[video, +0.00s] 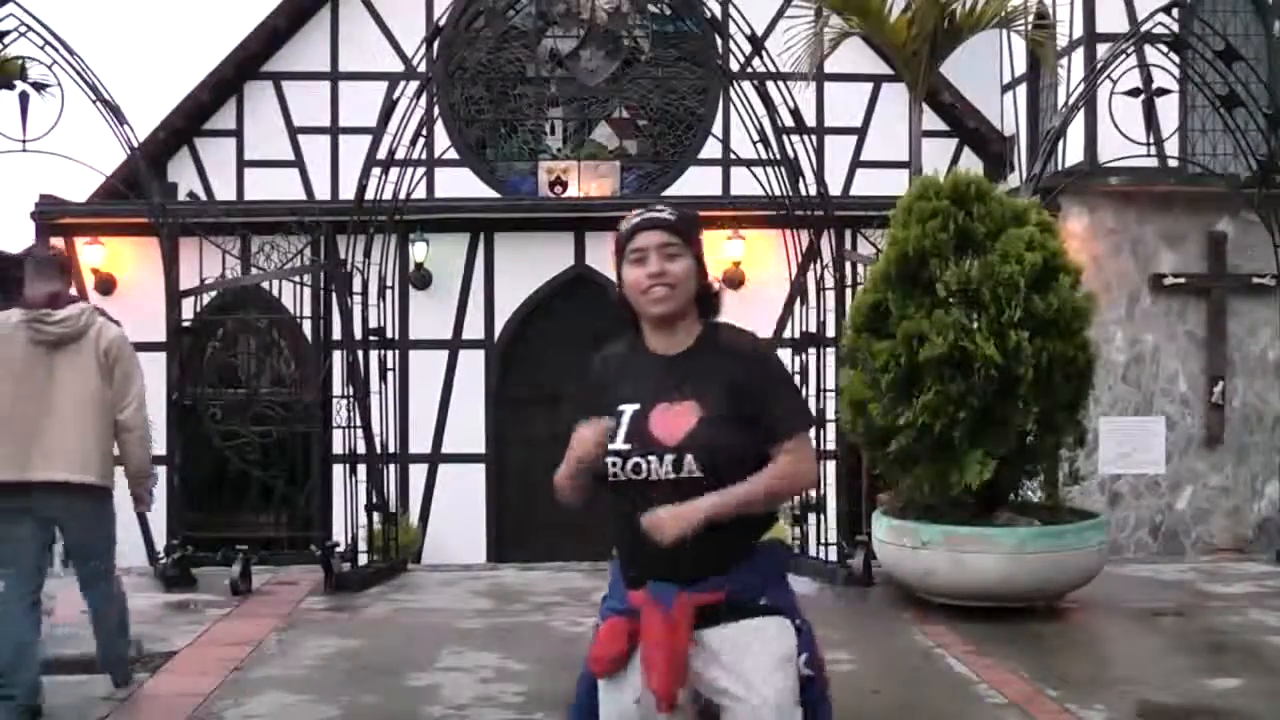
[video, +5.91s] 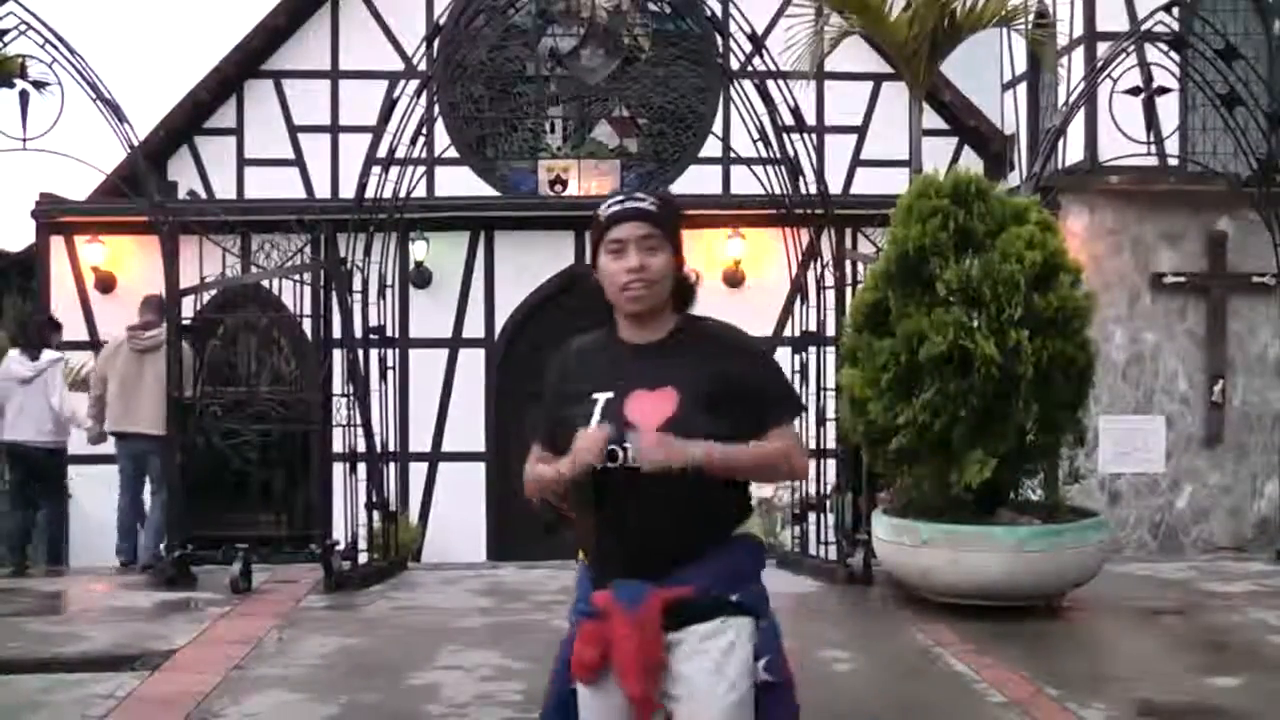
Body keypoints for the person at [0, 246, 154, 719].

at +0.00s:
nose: (36, 297)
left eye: (33, 291)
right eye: (46, 289)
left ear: (24, 289)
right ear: (69, 286)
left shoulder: (5, 331)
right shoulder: (105, 335)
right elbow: (132, 417)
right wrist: (141, 484)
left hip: (13, 482)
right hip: (82, 482)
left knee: (16, 590)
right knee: (99, 575)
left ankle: (16, 703)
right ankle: (119, 671)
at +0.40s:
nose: (87, 291)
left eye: (83, 283)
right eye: (112, 284)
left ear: (79, 283)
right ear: (124, 283)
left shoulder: (50, 330)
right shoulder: (156, 334)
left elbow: (24, 410)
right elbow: (181, 411)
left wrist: (41, 451)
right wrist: (193, 470)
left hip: (68, 471)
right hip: (130, 473)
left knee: (60, 565)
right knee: (127, 570)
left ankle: (51, 641)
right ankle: (123, 667)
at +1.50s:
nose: (97, 295)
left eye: (97, 289)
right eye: (99, 290)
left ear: (100, 289)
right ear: (136, 287)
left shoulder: (75, 336)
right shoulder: (164, 335)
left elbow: (60, 397)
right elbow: (186, 405)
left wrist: (66, 443)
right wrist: (197, 455)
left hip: (92, 456)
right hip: (147, 455)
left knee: (106, 546)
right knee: (162, 538)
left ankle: (117, 633)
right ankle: (175, 621)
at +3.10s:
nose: (88, 301)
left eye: (82, 293)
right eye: (103, 295)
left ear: (78, 294)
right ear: (110, 296)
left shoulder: (53, 339)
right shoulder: (133, 339)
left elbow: (39, 396)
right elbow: (149, 395)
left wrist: (43, 437)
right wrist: (156, 440)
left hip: (74, 441)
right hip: (116, 441)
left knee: (80, 520)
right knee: (112, 512)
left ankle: (90, 596)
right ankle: (120, 586)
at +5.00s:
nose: (102, 316)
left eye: (99, 312)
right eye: (108, 312)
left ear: (89, 314)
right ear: (117, 313)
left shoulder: (66, 343)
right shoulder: (136, 344)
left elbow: (52, 392)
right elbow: (150, 394)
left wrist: (64, 419)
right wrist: (155, 433)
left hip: (82, 430)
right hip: (123, 432)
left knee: (84, 500)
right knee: (135, 493)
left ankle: (84, 569)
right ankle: (144, 556)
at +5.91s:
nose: (147, 319)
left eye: (146, 313)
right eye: (153, 313)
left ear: (140, 314)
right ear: (164, 316)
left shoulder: (116, 347)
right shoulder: (179, 350)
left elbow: (97, 387)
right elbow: (187, 393)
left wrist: (95, 424)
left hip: (125, 429)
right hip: (159, 431)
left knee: (128, 493)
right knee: (160, 493)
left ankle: (126, 552)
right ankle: (149, 554)